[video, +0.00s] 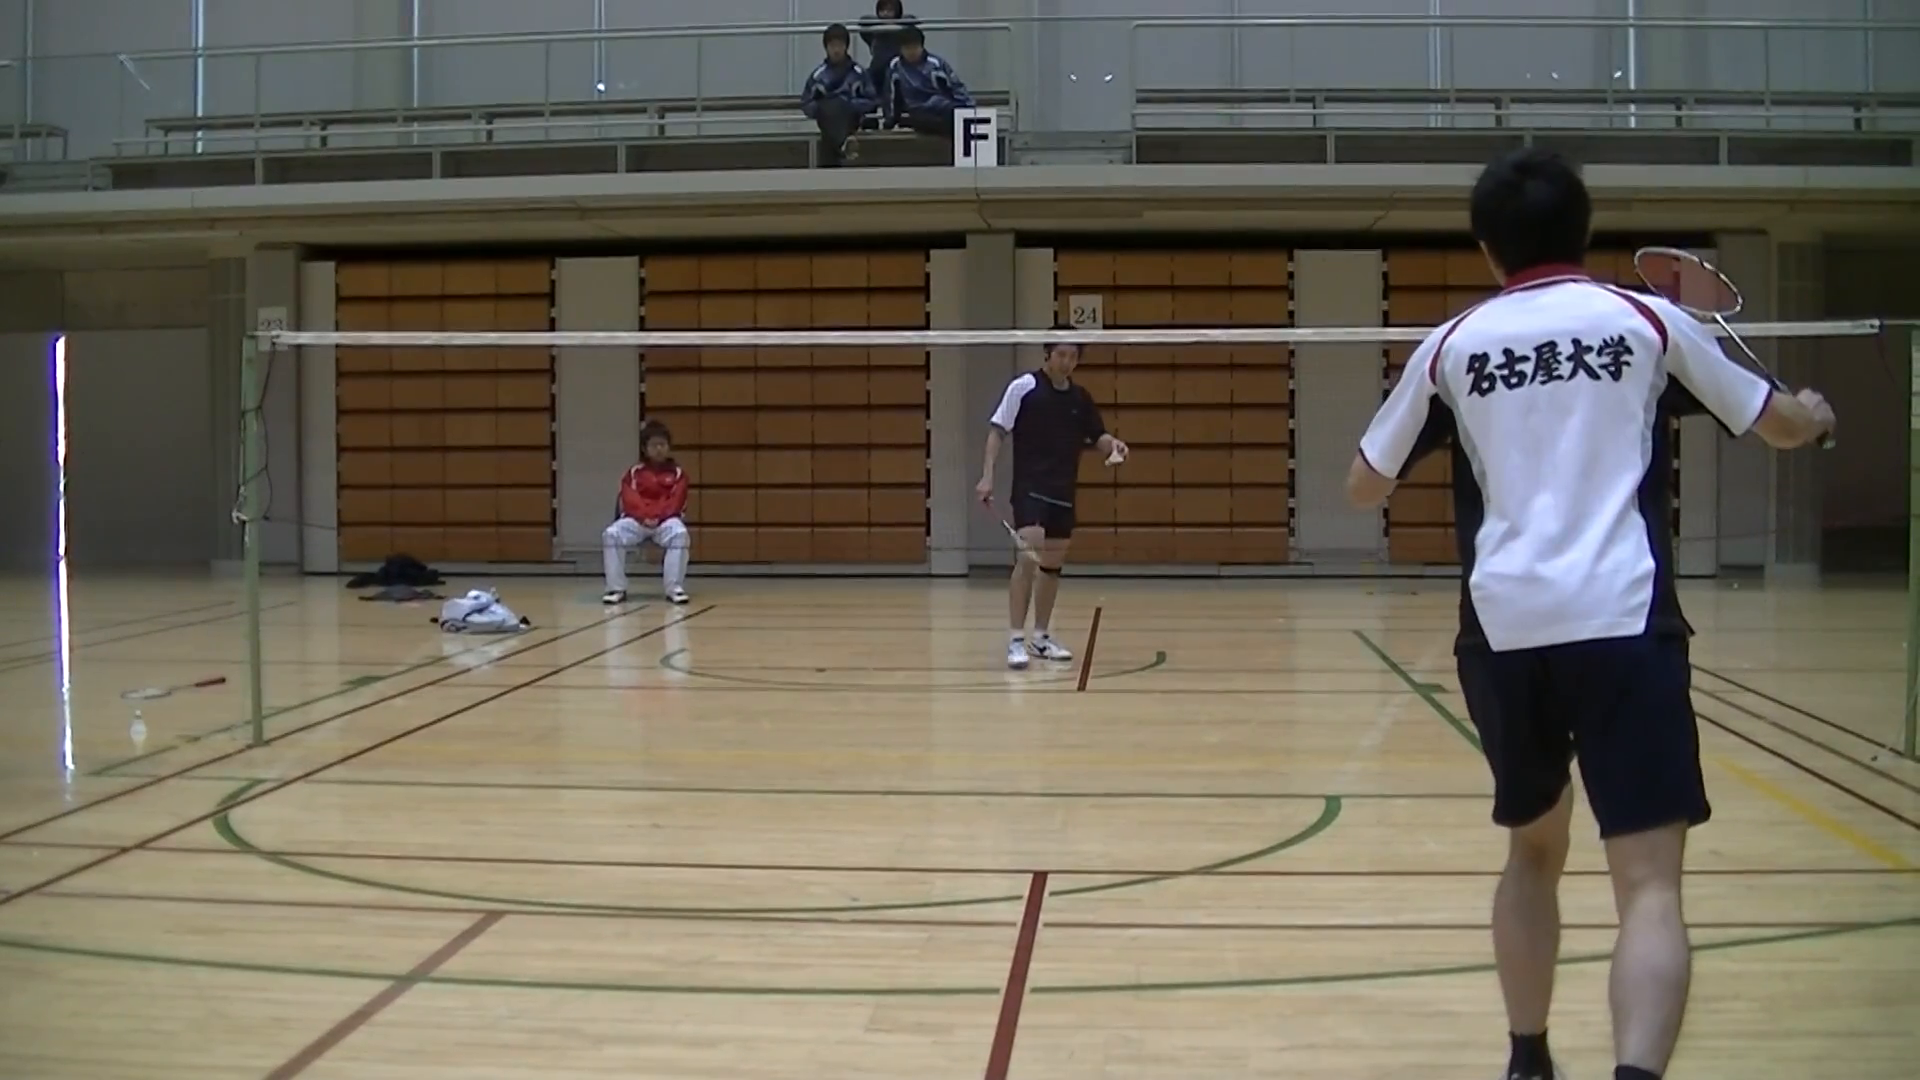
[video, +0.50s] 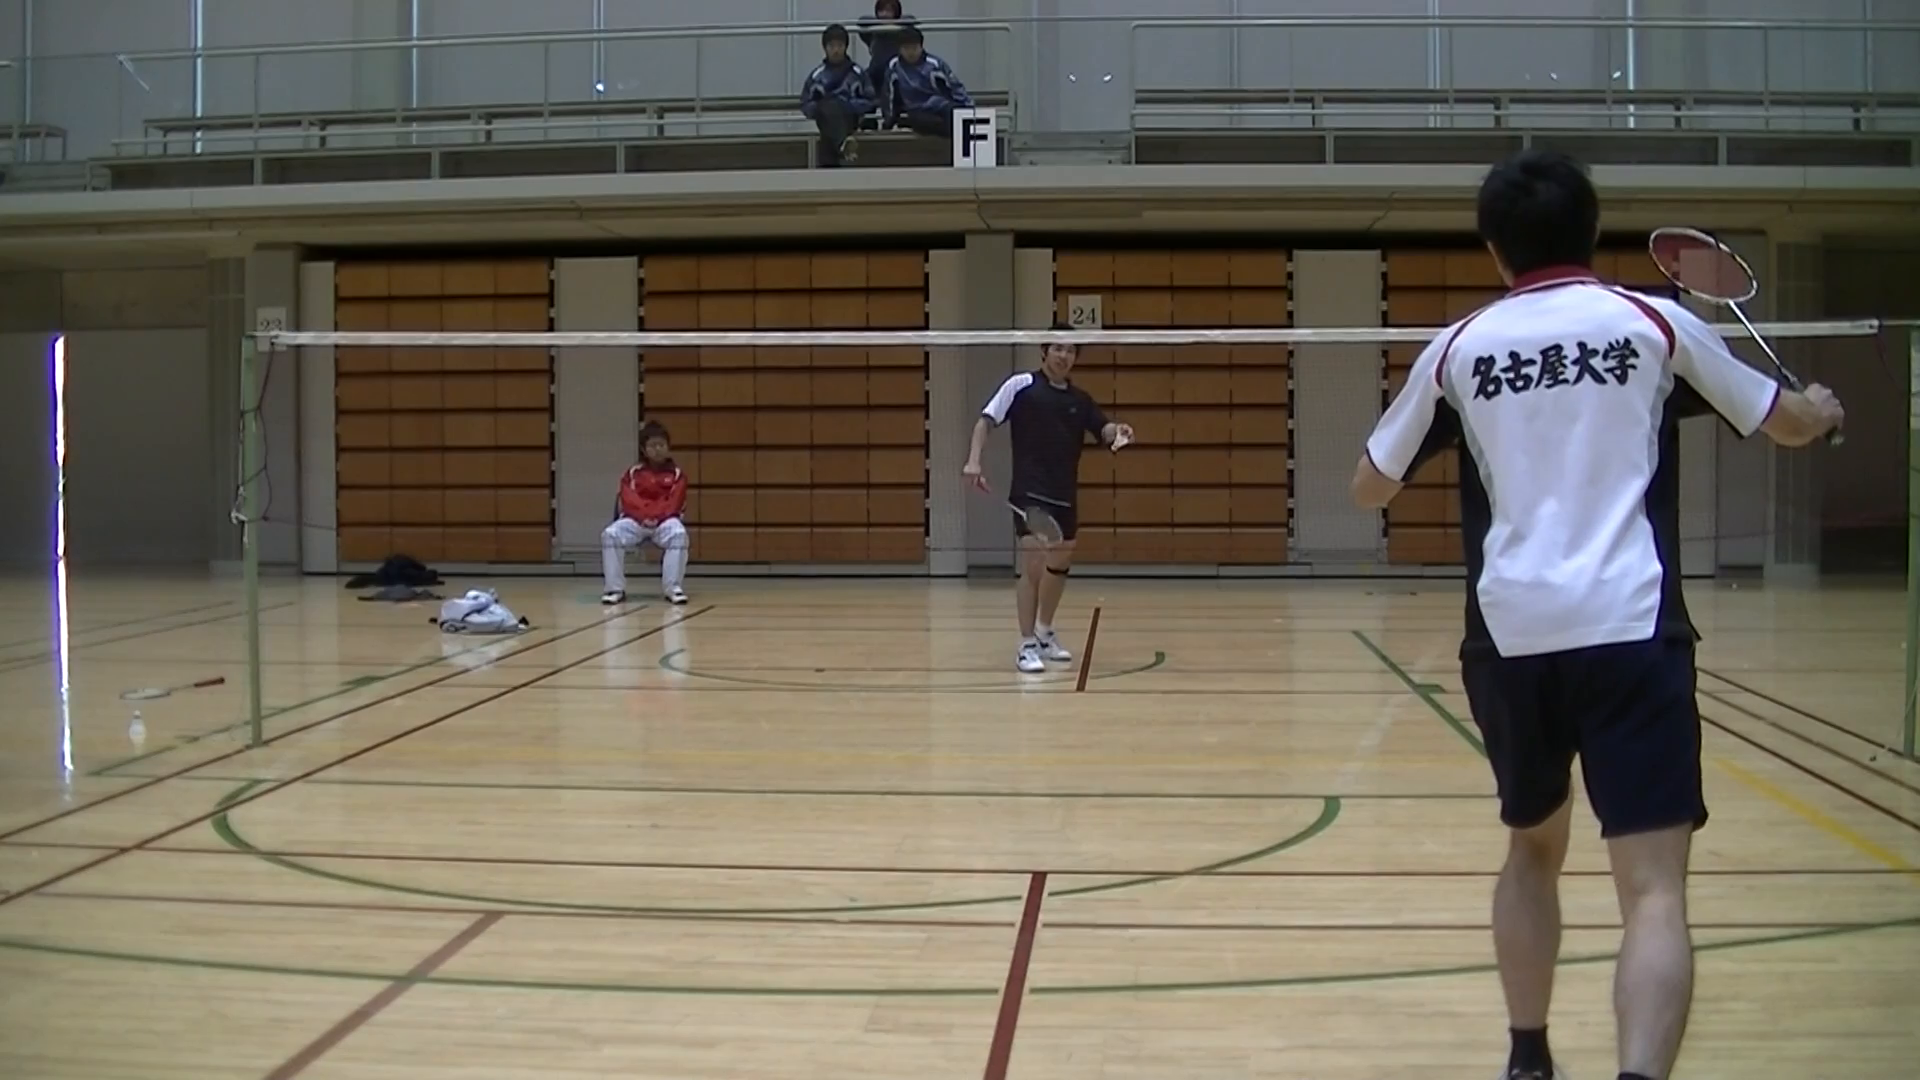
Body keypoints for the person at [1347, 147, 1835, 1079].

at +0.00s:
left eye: (1486, 238)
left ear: (1487, 248)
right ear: (1584, 234)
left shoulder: (1450, 347)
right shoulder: (1649, 321)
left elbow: (1364, 486)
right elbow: (1780, 424)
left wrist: (1409, 419)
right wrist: (1815, 411)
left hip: (1501, 636)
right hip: (1624, 629)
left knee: (1531, 849)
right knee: (1649, 883)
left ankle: (1526, 1061)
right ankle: (1637, 1075)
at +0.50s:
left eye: (1490, 240)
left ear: (1495, 250)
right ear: (1592, 236)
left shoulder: (1456, 349)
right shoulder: (1655, 321)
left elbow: (1370, 488)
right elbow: (1786, 422)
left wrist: (1410, 435)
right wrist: (1822, 408)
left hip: (1507, 640)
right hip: (1632, 631)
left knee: (1531, 848)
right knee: (1653, 887)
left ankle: (1526, 1059)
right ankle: (1642, 1076)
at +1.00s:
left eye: (1486, 238)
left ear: (1490, 247)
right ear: (1588, 234)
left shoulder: (1454, 346)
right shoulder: (1654, 320)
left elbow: (1367, 488)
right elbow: (1781, 425)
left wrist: (1415, 410)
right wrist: (1813, 413)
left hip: (1507, 637)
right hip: (1635, 630)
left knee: (1523, 849)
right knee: (1652, 886)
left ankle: (1522, 1059)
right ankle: (1642, 1075)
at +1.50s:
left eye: (1467, 308)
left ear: (1469, 320)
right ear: (1559, 318)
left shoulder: (1433, 393)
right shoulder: (1617, 408)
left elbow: (1292, 441)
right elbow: (1659, 527)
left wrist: (1182, 464)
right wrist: (1589, 493)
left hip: (1476, 680)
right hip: (1593, 682)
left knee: (1470, 870)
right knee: (1594, 891)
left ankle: (1518, 1054)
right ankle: (1635, 996)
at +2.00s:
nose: (1477, 365)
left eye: (1481, 353)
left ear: (1486, 365)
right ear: (1555, 374)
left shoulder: (1472, 415)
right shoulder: (1574, 458)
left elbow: (1357, 420)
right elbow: (1585, 543)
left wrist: (1230, 403)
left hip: (1464, 649)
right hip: (1541, 666)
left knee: (1424, 848)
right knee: (1474, 755)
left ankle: (1460, 952)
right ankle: (1476, 902)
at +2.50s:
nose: (1474, 315)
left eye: (1477, 305)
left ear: (1481, 311)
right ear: (1546, 322)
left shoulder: (1473, 352)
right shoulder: (1578, 400)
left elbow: (1382, 390)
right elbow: (1602, 514)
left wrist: (1257, 417)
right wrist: (1557, 559)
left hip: (1481, 561)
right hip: (1550, 580)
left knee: (1452, 743)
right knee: (1473, 737)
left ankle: (1479, 923)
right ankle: (1490, 899)